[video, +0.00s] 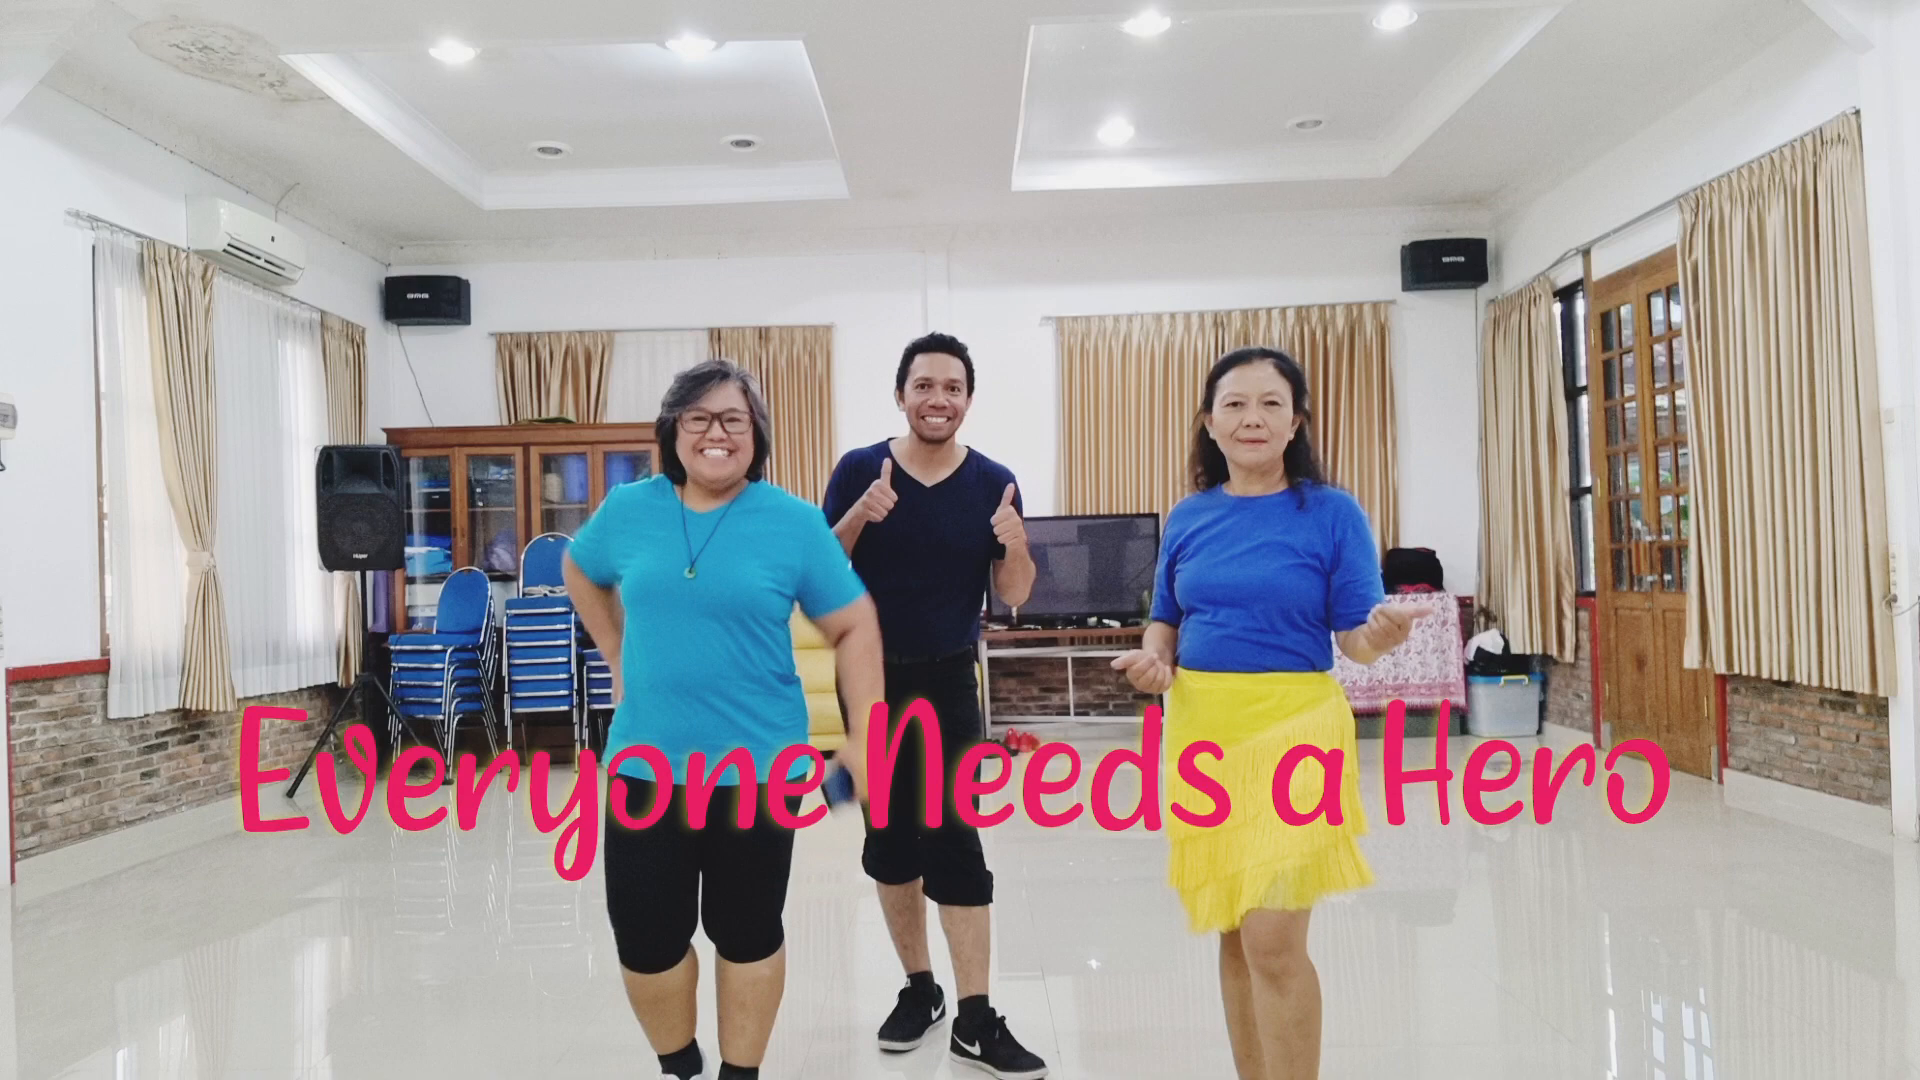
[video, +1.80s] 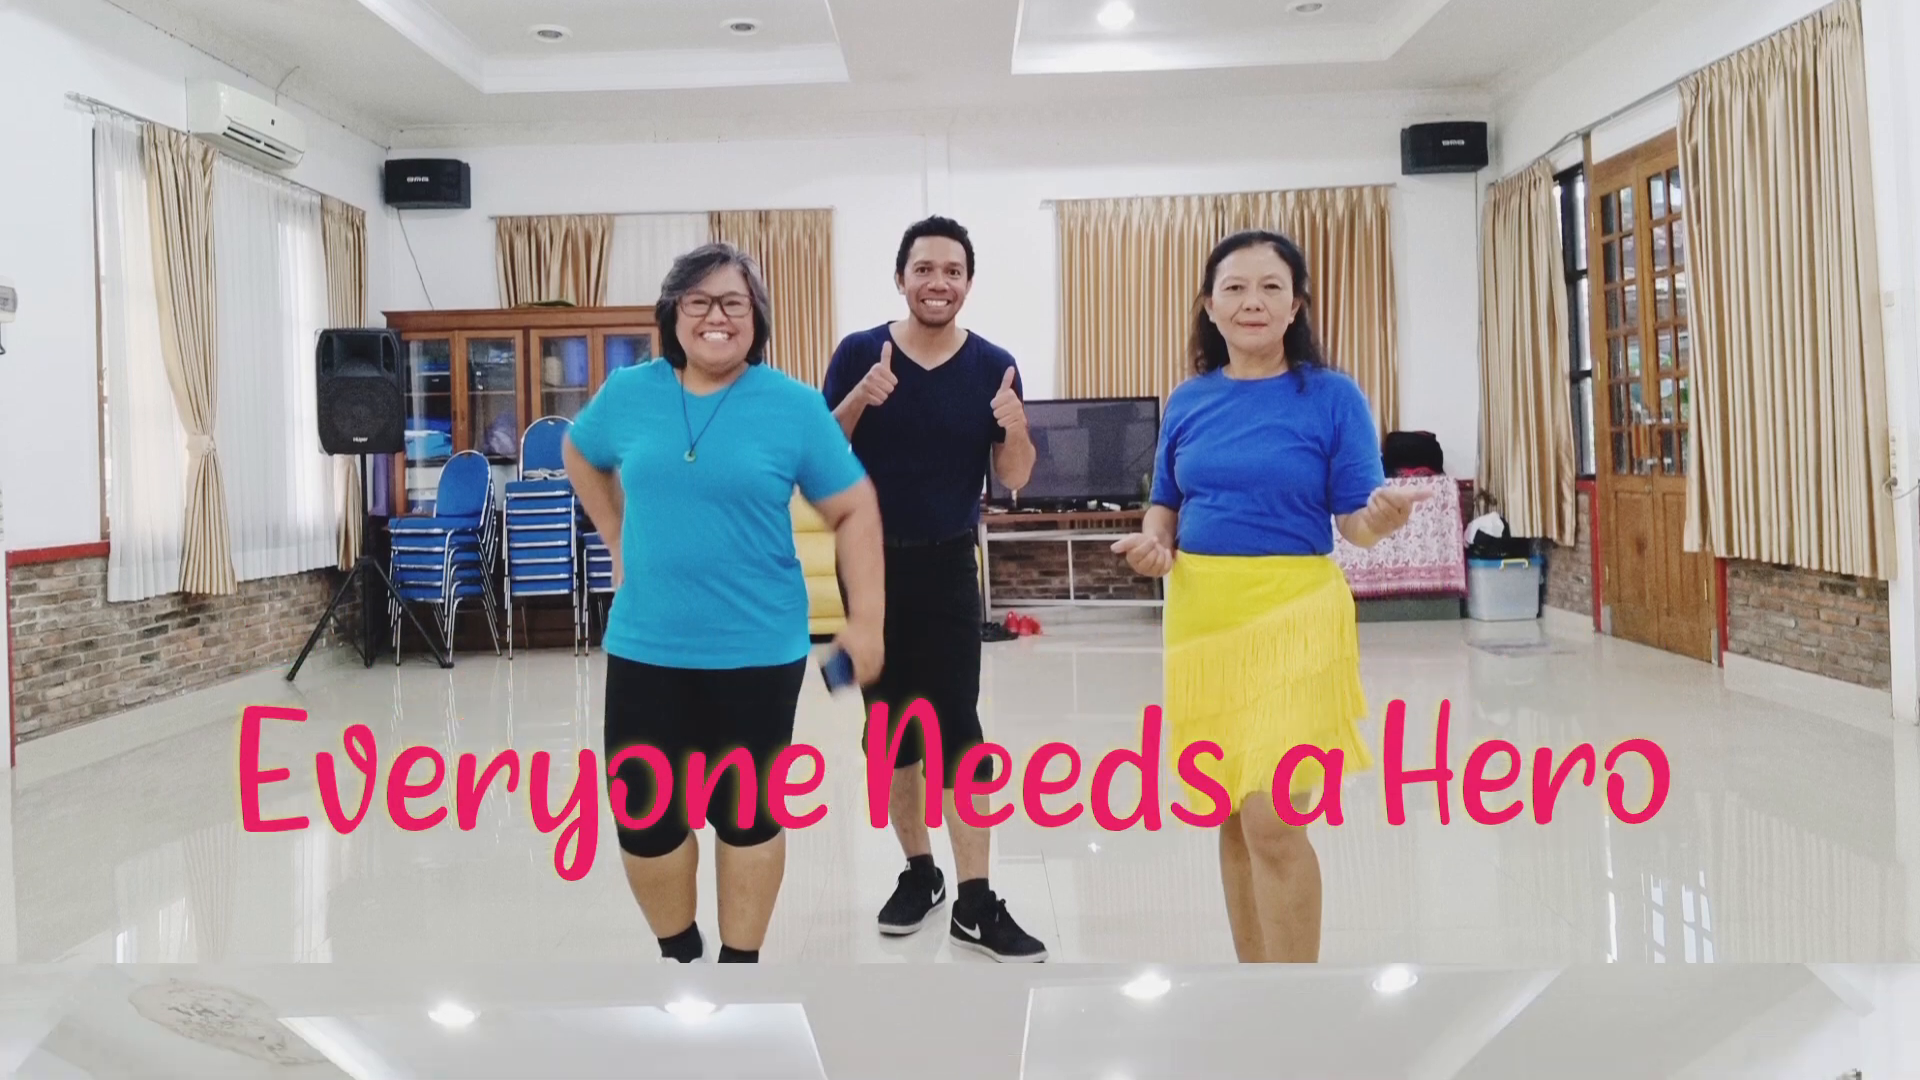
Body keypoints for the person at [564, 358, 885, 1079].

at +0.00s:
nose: (720, 432)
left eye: (736, 420)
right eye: (702, 420)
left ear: (756, 436)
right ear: (672, 434)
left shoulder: (795, 523)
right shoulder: (627, 509)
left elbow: (856, 626)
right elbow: (580, 570)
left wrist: (865, 738)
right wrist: (625, 663)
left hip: (758, 768)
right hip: (645, 764)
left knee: (746, 932)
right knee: (646, 938)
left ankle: (739, 1076)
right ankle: (680, 1069)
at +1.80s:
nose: (719, 316)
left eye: (735, 303)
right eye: (701, 303)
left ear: (756, 319)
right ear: (672, 317)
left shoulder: (795, 407)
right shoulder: (627, 393)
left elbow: (856, 509)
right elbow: (580, 453)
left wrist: (867, 622)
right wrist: (622, 544)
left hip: (758, 652)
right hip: (646, 649)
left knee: (748, 815)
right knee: (645, 819)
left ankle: (738, 973)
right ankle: (681, 961)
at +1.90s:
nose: (719, 156)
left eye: (735, 143)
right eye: (702, 143)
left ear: (756, 160)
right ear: (672, 157)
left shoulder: (795, 248)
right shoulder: (627, 233)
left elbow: (856, 349)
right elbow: (580, 293)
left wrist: (867, 462)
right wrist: (623, 384)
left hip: (757, 493)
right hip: (645, 491)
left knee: (746, 659)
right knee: (647, 666)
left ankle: (746, 811)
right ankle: (674, 808)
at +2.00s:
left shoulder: (798, 5)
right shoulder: (620, 3)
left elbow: (855, 85)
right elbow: (580, 30)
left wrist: (867, 197)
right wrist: (626, 128)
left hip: (757, 222)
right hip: (646, 220)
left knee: (746, 392)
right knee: (646, 398)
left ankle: (739, 548)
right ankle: (682, 537)